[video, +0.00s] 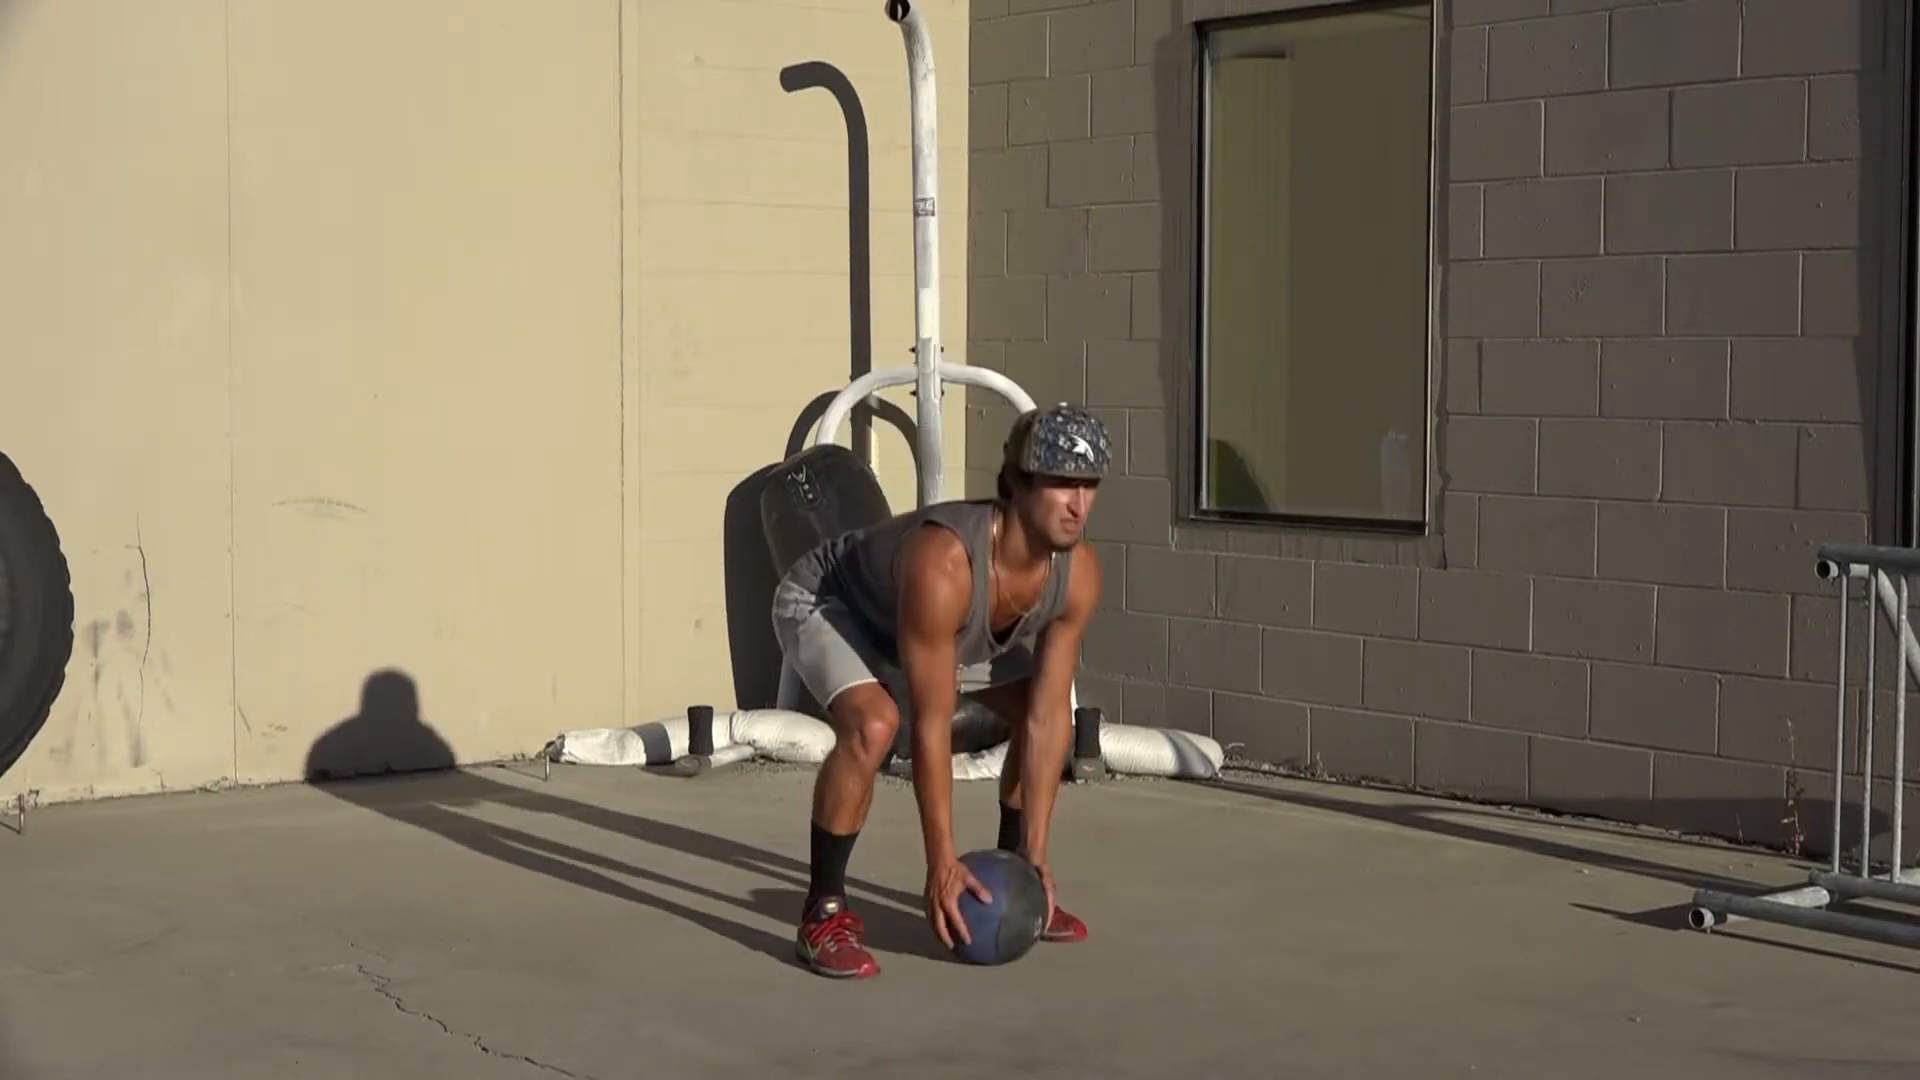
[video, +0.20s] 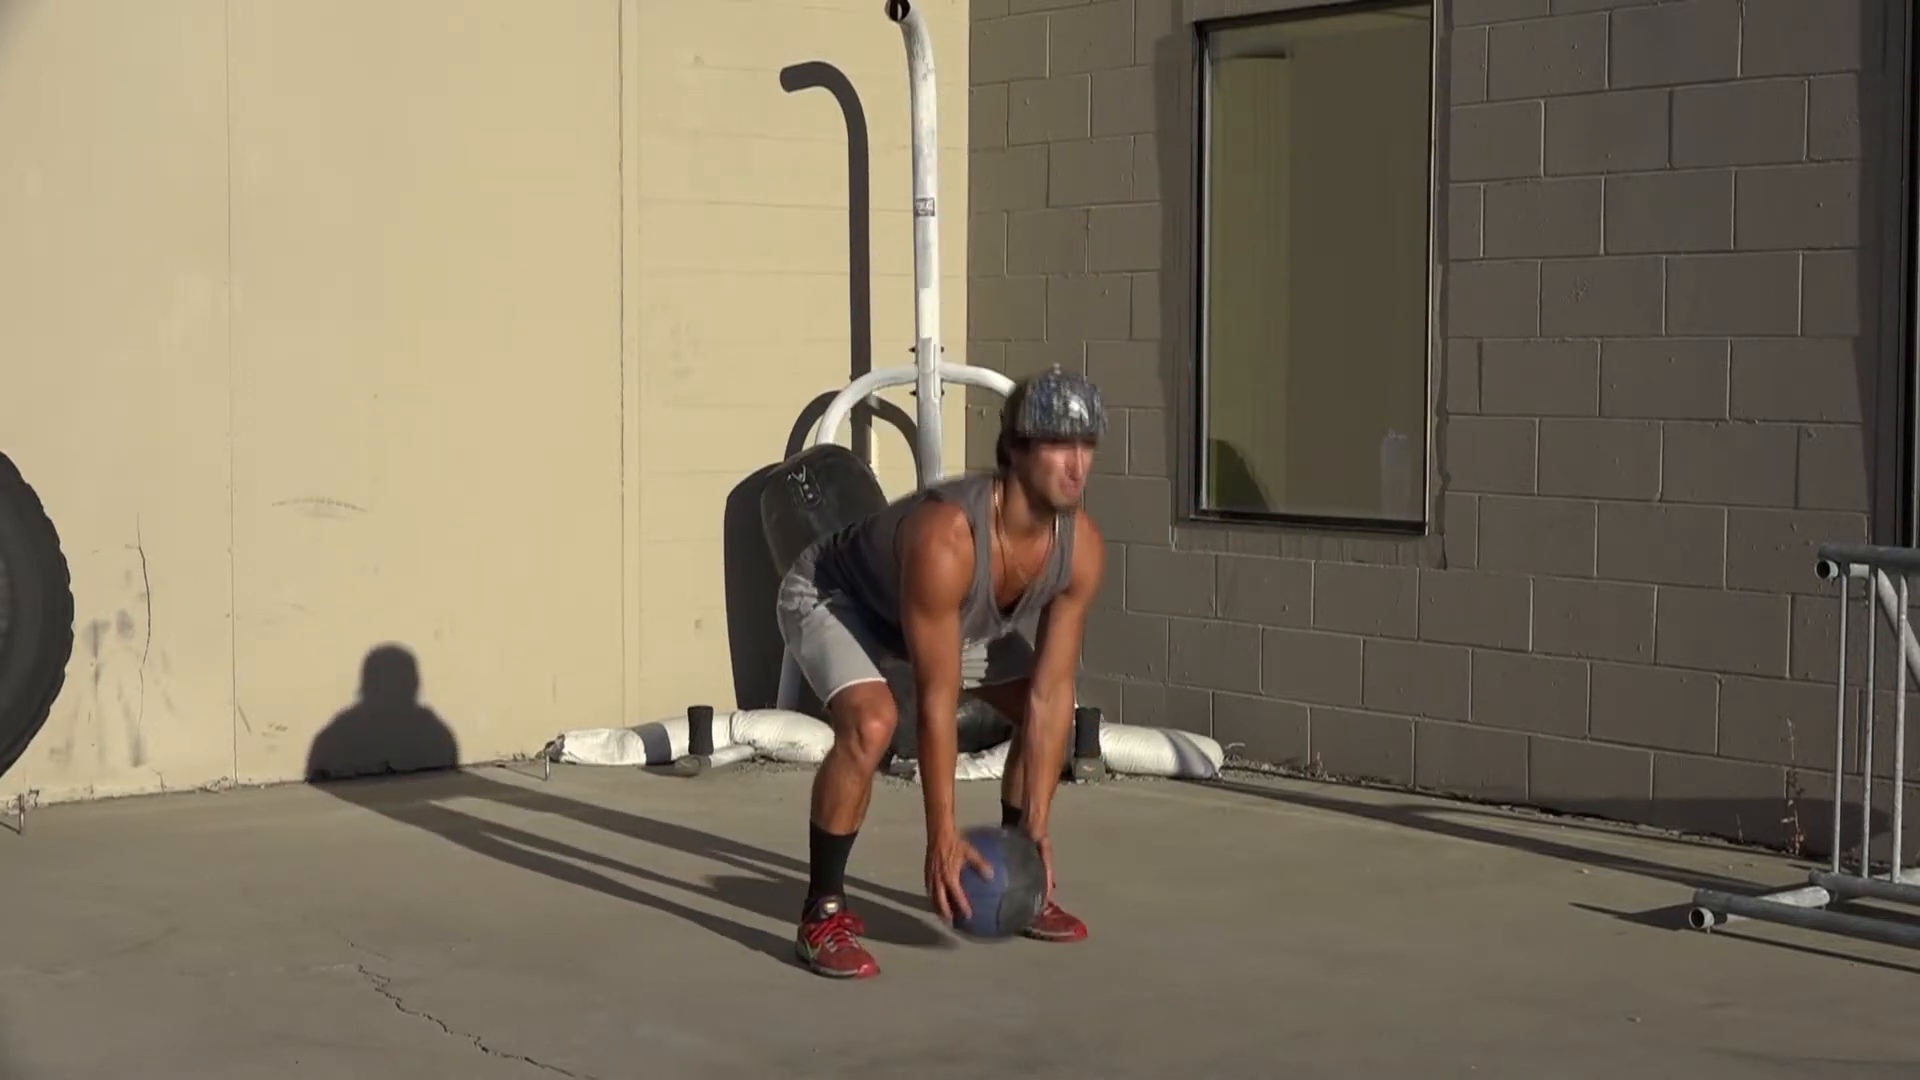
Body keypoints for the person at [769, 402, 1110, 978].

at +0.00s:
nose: (1079, 503)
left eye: (1088, 487)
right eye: (1062, 485)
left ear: (1096, 493)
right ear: (1015, 483)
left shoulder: (1076, 573)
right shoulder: (942, 563)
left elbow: (1050, 717)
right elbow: (933, 723)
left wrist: (1032, 856)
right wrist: (941, 860)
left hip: (928, 622)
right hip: (826, 603)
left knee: (1043, 714)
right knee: (873, 725)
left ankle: (1014, 880)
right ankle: (824, 910)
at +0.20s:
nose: (1078, 462)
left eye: (1087, 447)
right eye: (1060, 445)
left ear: (1095, 455)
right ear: (1015, 450)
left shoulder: (1079, 548)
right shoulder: (945, 539)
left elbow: (1052, 696)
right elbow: (938, 699)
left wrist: (1034, 830)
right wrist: (942, 835)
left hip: (939, 611)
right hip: (834, 597)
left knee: (1046, 713)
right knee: (871, 722)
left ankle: (1013, 882)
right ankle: (823, 912)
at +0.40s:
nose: (1051, 314)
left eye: (1063, 298)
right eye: (1033, 297)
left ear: (1076, 312)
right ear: (997, 308)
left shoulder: (1081, 419)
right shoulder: (942, 413)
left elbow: (1057, 557)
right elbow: (909, 566)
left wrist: (1041, 685)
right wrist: (947, 698)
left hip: (958, 576)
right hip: (855, 566)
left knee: (1049, 708)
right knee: (873, 717)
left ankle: (1008, 884)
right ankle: (823, 912)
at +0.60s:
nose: (1007, 145)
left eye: (1018, 129)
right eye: (987, 130)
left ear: (1035, 145)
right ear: (955, 149)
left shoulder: (1061, 261)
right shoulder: (920, 257)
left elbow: (1052, 390)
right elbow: (863, 387)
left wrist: (1050, 483)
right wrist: (945, 467)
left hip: (994, 510)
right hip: (894, 509)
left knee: (1018, 690)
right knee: (865, 705)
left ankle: (1009, 879)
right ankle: (825, 906)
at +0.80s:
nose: (984, 111)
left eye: (995, 98)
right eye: (965, 97)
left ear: (1012, 113)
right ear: (930, 113)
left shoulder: (1037, 227)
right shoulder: (897, 214)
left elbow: (1076, 383)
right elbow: (854, 356)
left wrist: (1065, 304)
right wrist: (968, 345)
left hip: (1007, 496)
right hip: (906, 492)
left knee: (1010, 682)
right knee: (869, 691)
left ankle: (1012, 876)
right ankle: (825, 902)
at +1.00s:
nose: (991, 238)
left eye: (1000, 222)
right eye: (972, 224)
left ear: (1013, 231)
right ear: (936, 239)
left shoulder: (1027, 336)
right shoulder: (906, 339)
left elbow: (1139, 466)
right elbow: (890, 468)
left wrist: (1093, 376)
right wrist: (991, 388)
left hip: (970, 581)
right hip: (869, 575)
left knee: (1061, 722)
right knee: (868, 732)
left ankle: (1007, 887)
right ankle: (825, 912)